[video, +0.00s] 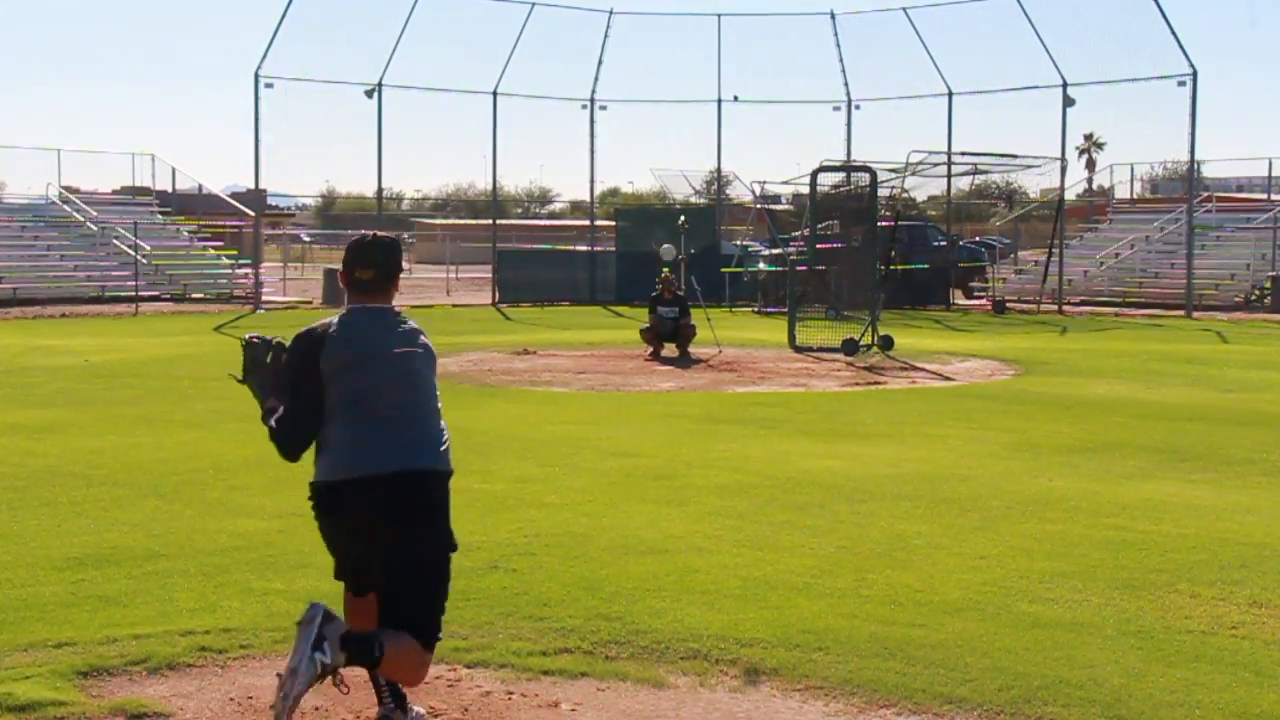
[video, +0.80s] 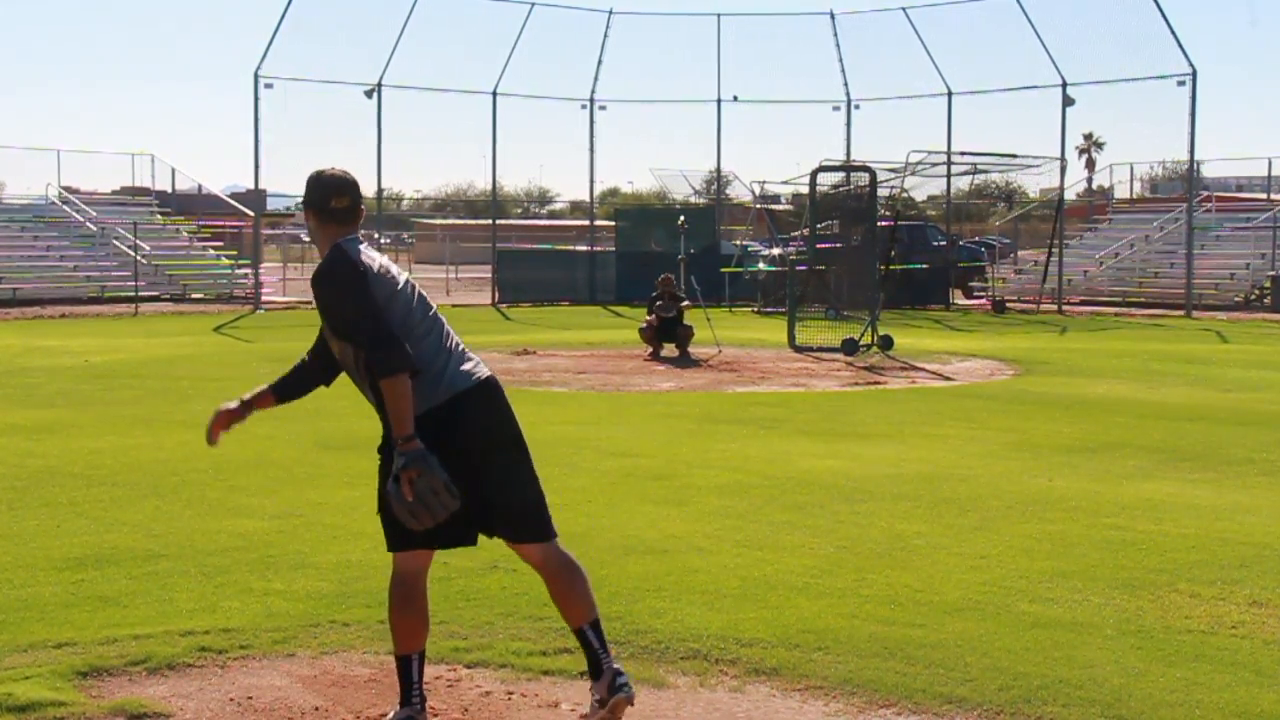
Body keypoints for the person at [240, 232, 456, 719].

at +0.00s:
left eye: (344, 274)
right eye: (398, 276)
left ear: (343, 279)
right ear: (398, 281)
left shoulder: (316, 340)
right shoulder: (416, 339)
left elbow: (292, 442)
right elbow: (383, 410)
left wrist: (270, 401)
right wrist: (301, 380)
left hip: (343, 488)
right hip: (419, 487)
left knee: (361, 584)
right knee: (414, 662)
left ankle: (392, 704)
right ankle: (337, 644)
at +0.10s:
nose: (321, 286)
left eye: (323, 278)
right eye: (326, 279)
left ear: (330, 280)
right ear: (380, 285)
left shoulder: (322, 322)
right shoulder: (395, 330)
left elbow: (320, 402)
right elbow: (320, 425)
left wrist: (265, 414)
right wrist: (231, 468)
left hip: (373, 458)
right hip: (448, 451)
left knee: (374, 571)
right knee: (462, 625)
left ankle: (394, 702)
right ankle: (427, 592)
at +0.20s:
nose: (314, 281)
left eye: (313, 271)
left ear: (314, 274)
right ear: (363, 277)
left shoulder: (316, 308)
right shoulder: (381, 322)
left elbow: (320, 377)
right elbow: (324, 427)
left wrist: (264, 419)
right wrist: (248, 478)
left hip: (387, 437)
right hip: (458, 418)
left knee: (386, 573)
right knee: (498, 575)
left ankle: (399, 701)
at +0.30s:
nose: (296, 272)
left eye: (296, 264)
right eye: (301, 265)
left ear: (301, 266)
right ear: (350, 266)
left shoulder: (307, 302)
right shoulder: (372, 310)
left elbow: (332, 359)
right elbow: (352, 423)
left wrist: (285, 434)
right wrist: (304, 485)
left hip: (392, 434)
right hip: (461, 405)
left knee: (394, 570)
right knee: (539, 540)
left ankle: (406, 701)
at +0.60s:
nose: (288, 240)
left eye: (288, 232)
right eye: (295, 230)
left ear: (292, 235)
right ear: (339, 232)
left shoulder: (312, 282)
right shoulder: (355, 279)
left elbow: (371, 352)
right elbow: (342, 389)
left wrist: (386, 433)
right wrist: (320, 473)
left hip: (416, 428)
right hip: (471, 397)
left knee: (408, 565)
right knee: (565, 521)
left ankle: (410, 703)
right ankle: (686, 593)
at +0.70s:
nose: (292, 228)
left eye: (292, 220)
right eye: (295, 221)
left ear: (296, 223)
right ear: (347, 222)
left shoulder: (321, 276)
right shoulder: (362, 271)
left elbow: (382, 351)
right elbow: (328, 375)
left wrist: (401, 434)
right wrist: (281, 452)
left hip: (418, 427)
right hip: (477, 397)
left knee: (410, 565)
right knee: (557, 529)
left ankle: (411, 702)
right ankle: (643, 641)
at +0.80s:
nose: (304, 218)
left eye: (304, 211)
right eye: (314, 210)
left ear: (308, 215)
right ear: (358, 211)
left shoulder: (335, 271)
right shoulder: (372, 263)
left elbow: (389, 356)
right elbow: (319, 366)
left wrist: (405, 446)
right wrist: (247, 405)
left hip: (421, 427)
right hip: (482, 407)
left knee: (409, 566)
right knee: (538, 544)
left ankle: (412, 703)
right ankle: (606, 670)